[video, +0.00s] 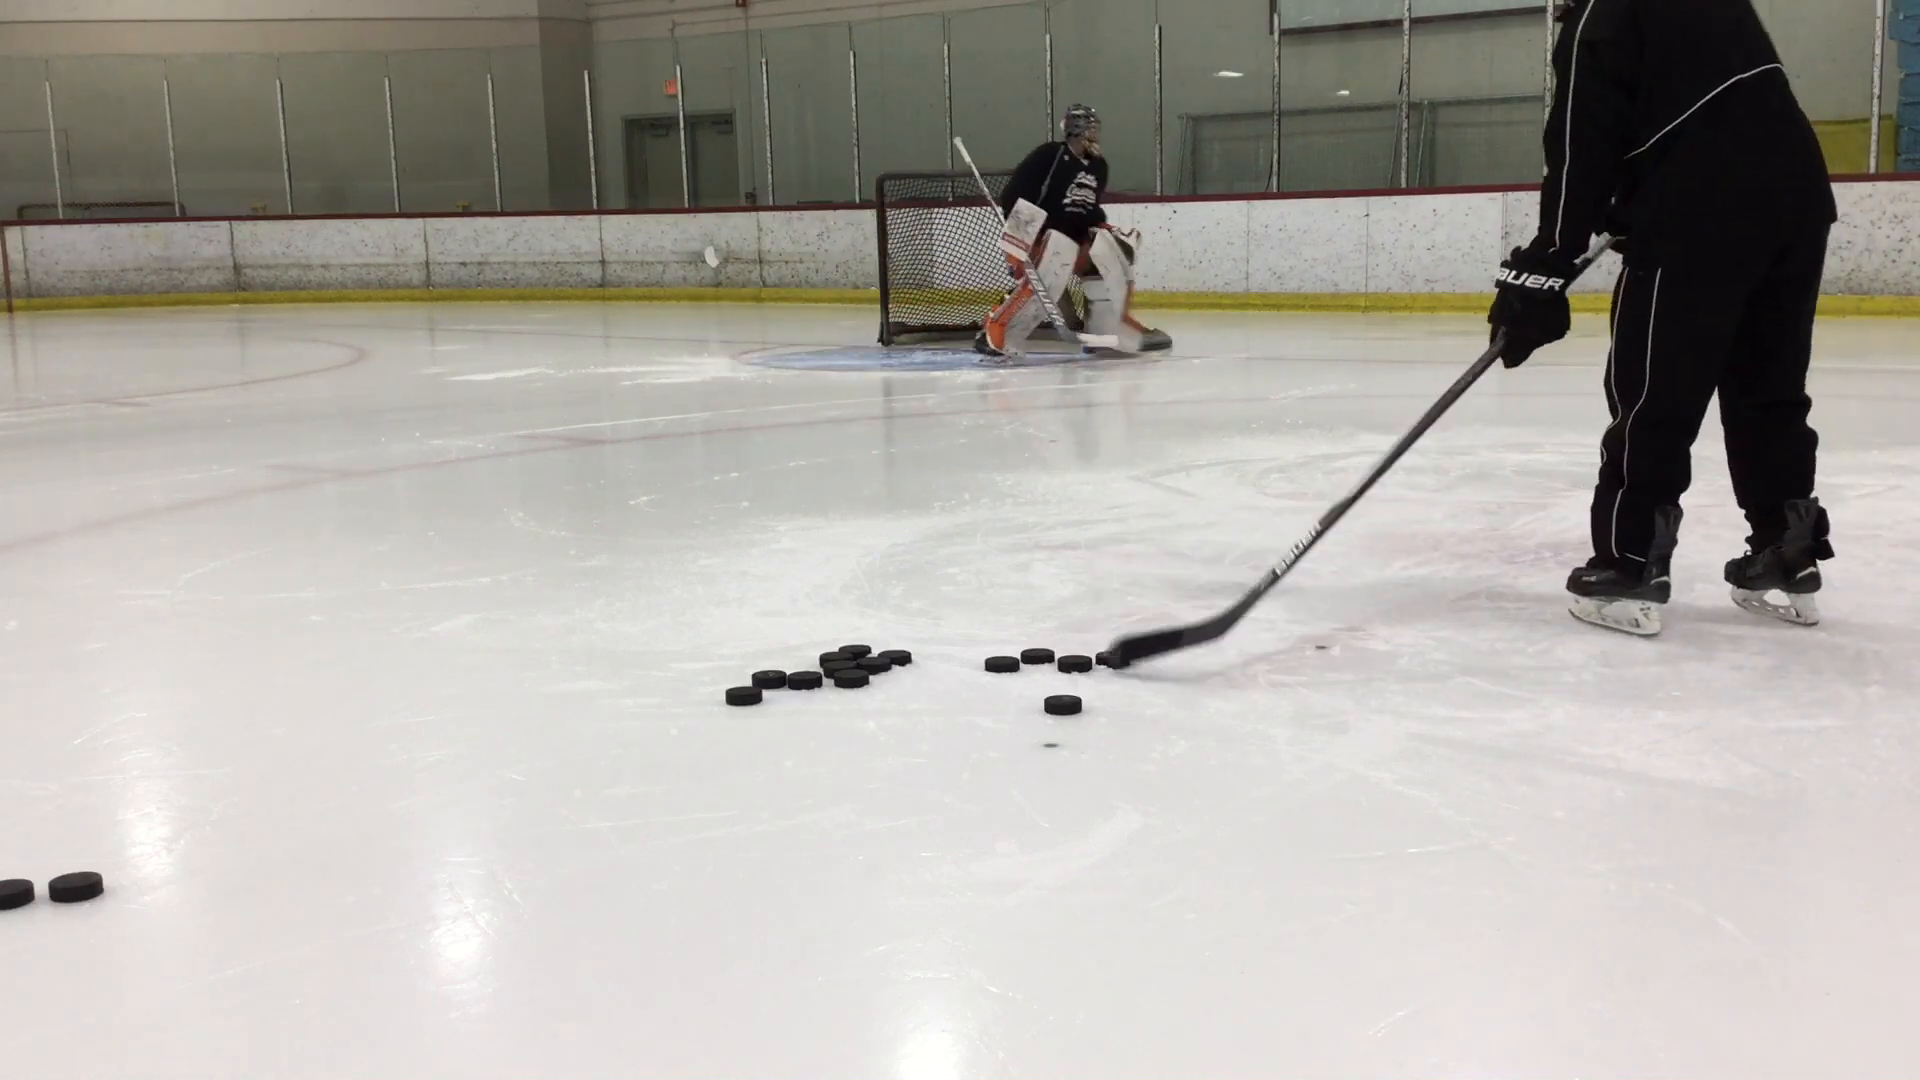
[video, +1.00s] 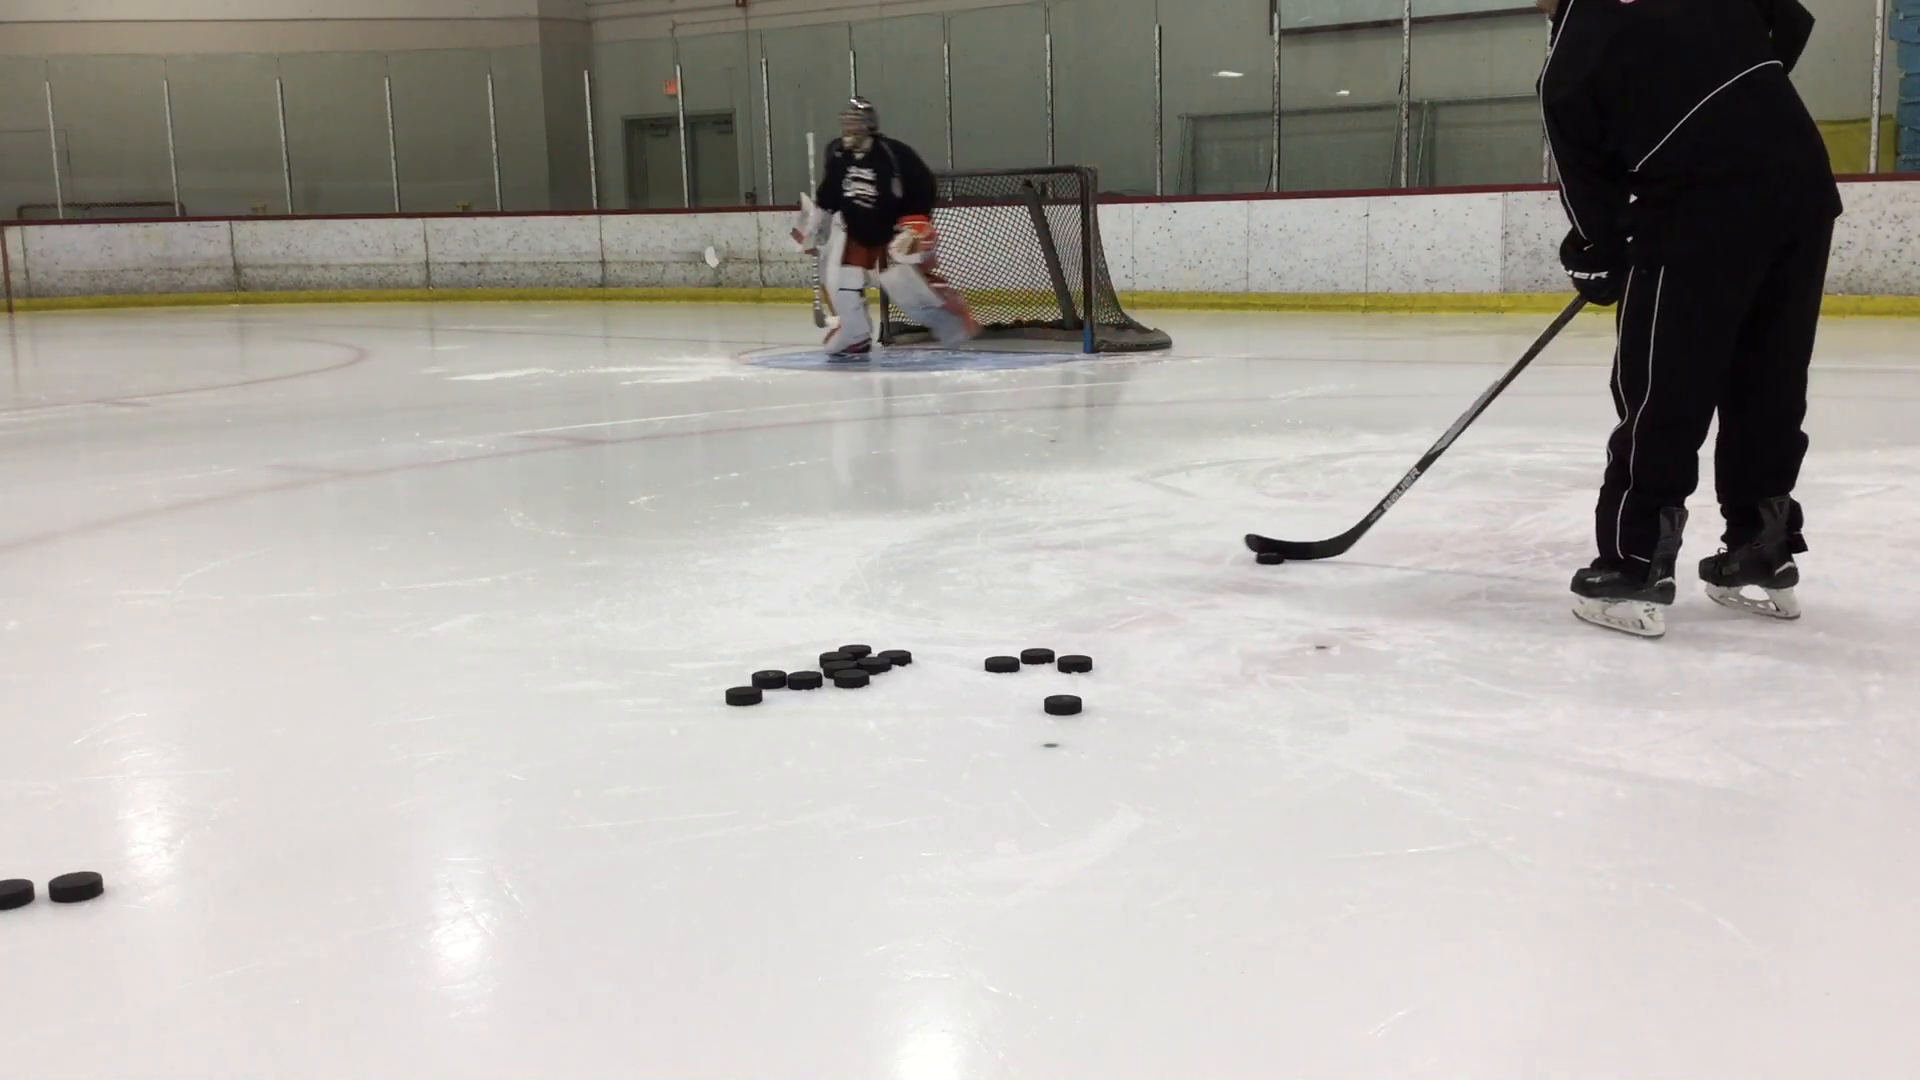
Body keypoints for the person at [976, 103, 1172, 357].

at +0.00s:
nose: (1096, 136)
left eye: (1096, 130)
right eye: (1090, 129)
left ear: (1094, 132)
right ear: (1075, 131)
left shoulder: (1098, 165)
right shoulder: (1048, 155)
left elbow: (1090, 206)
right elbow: (1015, 196)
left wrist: (1102, 231)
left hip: (1082, 235)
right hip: (1048, 232)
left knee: (1117, 257)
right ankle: (997, 334)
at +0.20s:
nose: (1079, 137)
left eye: (1080, 131)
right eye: (1073, 131)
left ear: (1079, 134)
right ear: (1057, 133)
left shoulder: (1079, 169)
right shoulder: (1031, 156)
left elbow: (1080, 215)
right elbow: (997, 198)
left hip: (1057, 245)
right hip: (1019, 239)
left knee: (1083, 274)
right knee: (1003, 290)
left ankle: (1068, 338)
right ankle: (966, 344)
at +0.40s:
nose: (1053, 141)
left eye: (1055, 135)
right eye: (1047, 135)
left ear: (1058, 137)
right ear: (1031, 137)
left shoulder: (1062, 168)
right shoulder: (1004, 160)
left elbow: (1072, 211)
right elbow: (967, 203)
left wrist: (1085, 232)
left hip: (1040, 237)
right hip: (993, 233)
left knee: (1054, 284)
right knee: (971, 279)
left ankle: (1050, 335)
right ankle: (942, 337)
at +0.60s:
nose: (983, 137)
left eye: (989, 132)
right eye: (979, 132)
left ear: (999, 135)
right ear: (972, 135)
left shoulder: (1018, 163)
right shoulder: (957, 161)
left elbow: (1039, 199)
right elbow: (924, 195)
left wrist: (1048, 230)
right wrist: (892, 227)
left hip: (1004, 236)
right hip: (959, 232)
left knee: (1025, 290)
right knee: (925, 276)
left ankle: (1025, 333)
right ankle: (920, 335)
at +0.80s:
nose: (901, 139)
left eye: (907, 133)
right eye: (898, 133)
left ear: (921, 134)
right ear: (894, 134)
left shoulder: (950, 161)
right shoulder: (889, 164)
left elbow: (977, 193)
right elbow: (870, 195)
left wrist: (974, 231)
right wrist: (847, 226)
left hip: (951, 235)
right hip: (909, 236)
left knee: (973, 278)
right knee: (882, 280)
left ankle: (1015, 330)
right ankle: (898, 335)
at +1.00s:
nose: (849, 131)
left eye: (854, 125)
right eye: (846, 125)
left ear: (869, 127)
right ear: (842, 126)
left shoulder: (894, 154)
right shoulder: (837, 152)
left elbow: (924, 187)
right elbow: (830, 189)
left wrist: (913, 229)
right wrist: (815, 223)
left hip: (890, 237)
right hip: (854, 234)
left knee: (908, 294)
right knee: (841, 286)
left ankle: (954, 329)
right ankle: (855, 338)